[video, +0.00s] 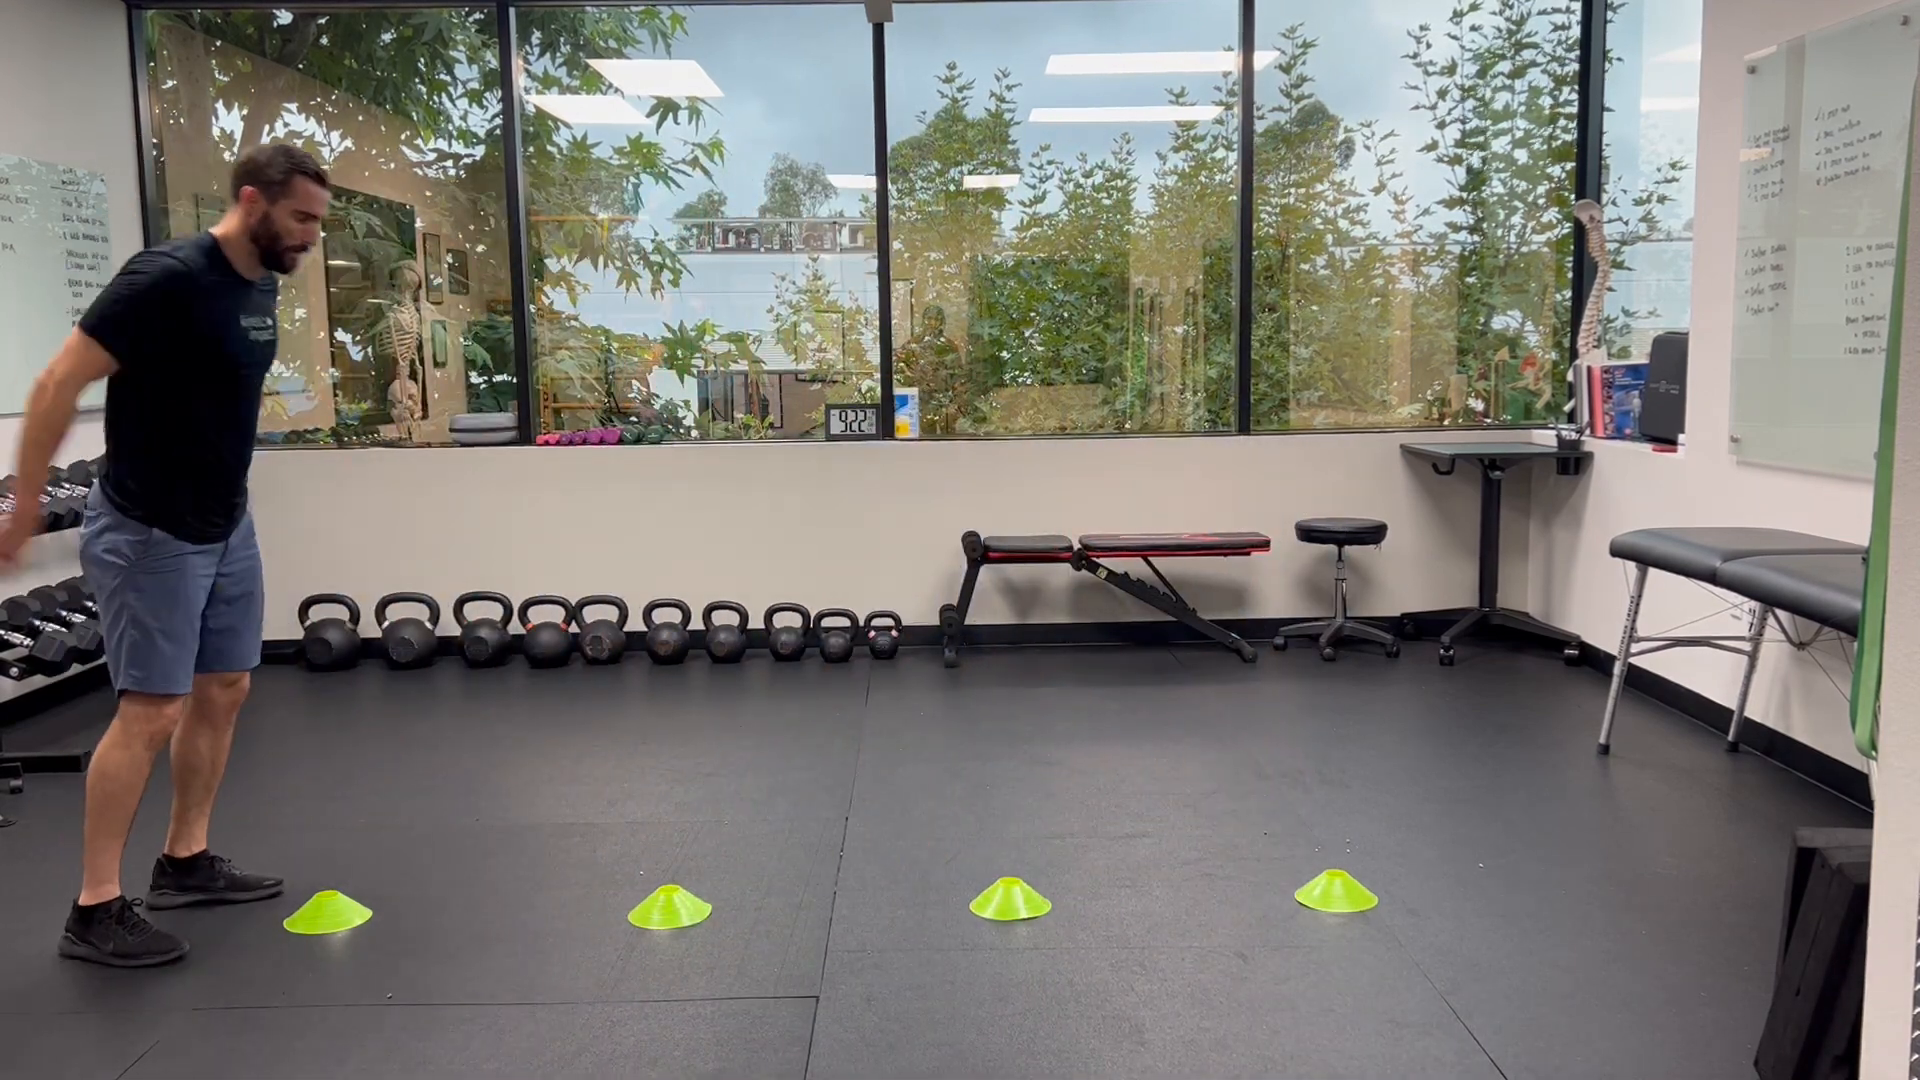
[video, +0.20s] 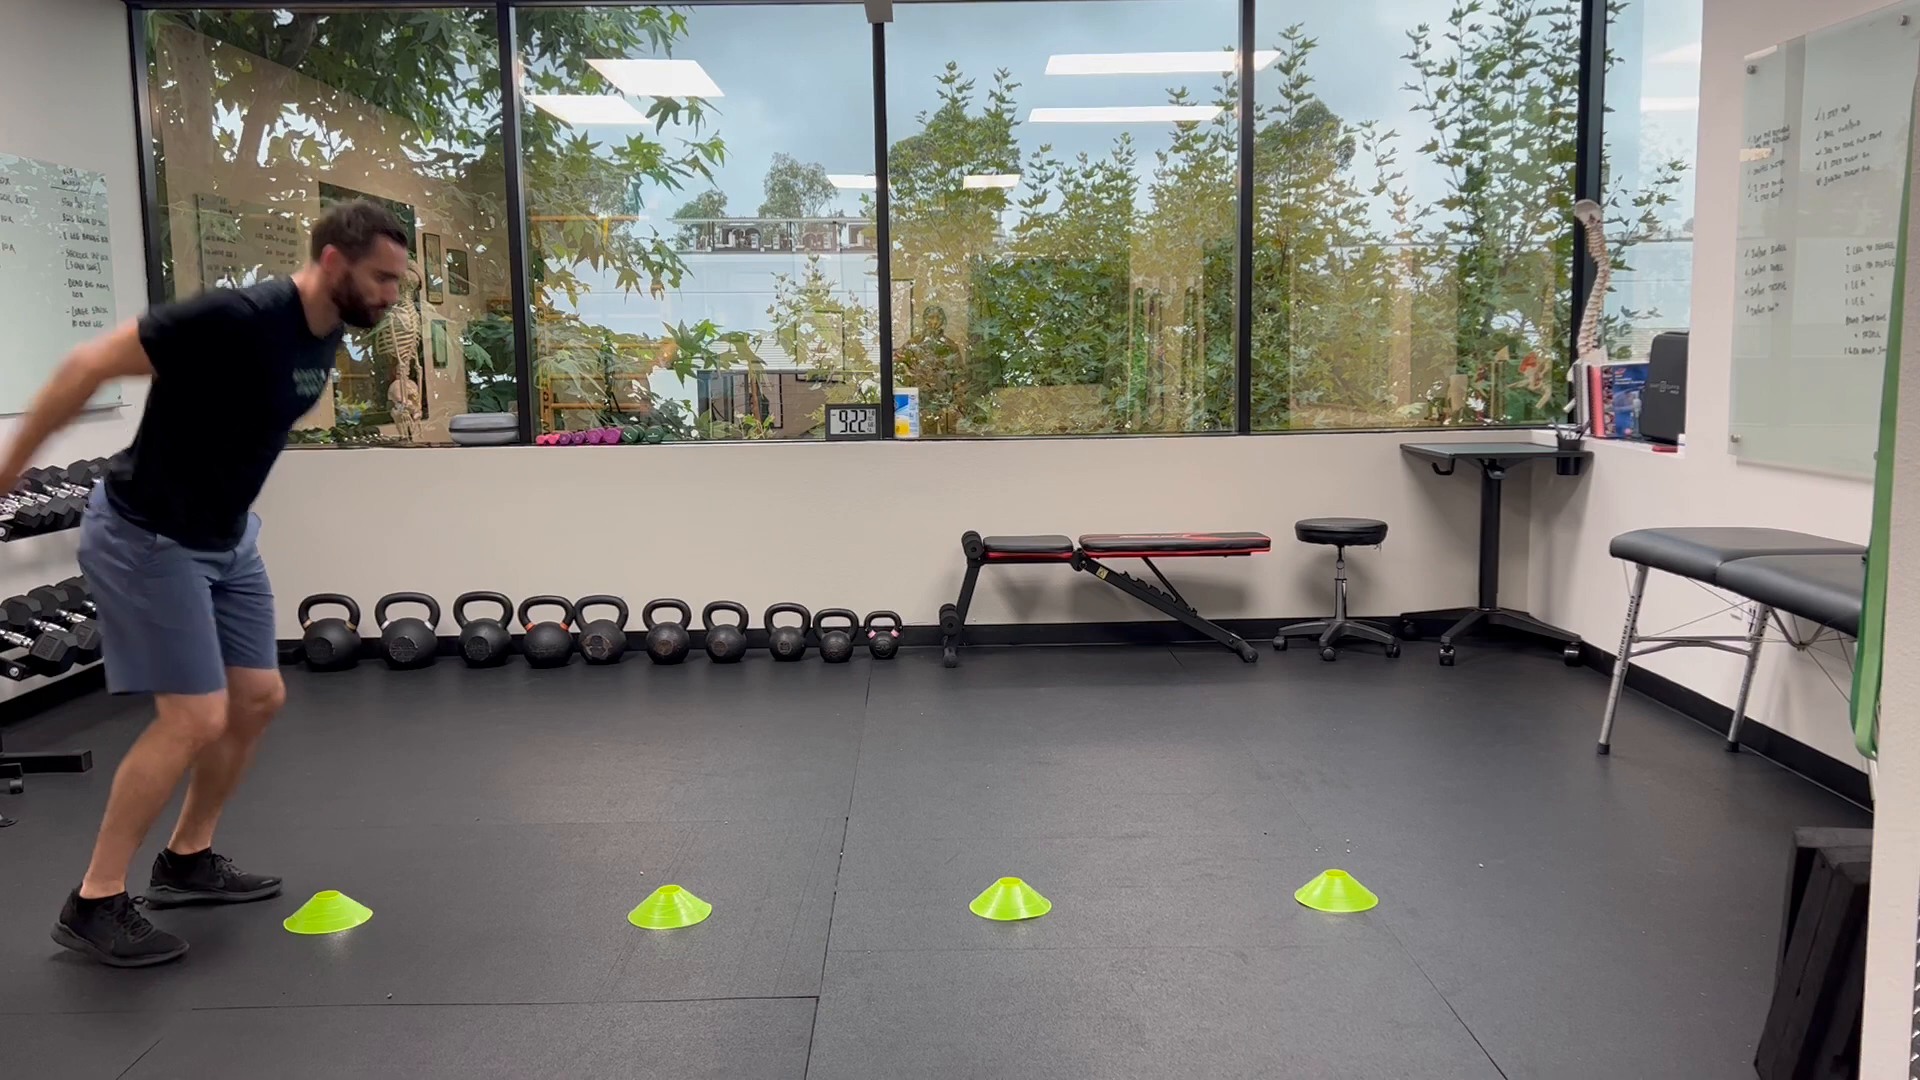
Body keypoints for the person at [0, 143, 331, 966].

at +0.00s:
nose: (311, 238)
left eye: (319, 223)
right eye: (301, 219)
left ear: (293, 217)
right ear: (249, 202)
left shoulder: (261, 286)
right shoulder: (165, 276)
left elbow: (209, 394)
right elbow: (57, 383)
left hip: (225, 528)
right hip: (149, 535)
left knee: (222, 690)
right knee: (148, 713)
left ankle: (186, 858)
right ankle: (97, 907)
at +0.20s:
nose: (390, 297)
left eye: (397, 283)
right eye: (382, 279)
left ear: (355, 269)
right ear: (331, 260)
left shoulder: (322, 335)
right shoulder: (234, 317)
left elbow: (236, 409)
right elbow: (85, 365)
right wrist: (12, 465)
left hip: (229, 538)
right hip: (148, 539)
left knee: (257, 698)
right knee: (192, 716)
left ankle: (188, 857)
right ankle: (95, 902)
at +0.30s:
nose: (401, 317)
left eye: (405, 303)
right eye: (392, 301)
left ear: (349, 294)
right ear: (339, 287)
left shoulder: (337, 370)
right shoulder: (247, 361)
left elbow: (281, 477)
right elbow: (153, 476)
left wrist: (322, 569)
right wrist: (194, 598)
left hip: (254, 562)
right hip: (177, 561)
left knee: (303, 720)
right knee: (235, 749)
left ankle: (191, 859)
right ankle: (99, 907)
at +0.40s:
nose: (394, 287)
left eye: (401, 273)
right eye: (385, 269)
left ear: (383, 267)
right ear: (336, 252)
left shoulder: (354, 344)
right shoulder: (269, 334)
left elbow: (373, 446)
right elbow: (312, 463)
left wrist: (455, 434)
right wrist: (439, 433)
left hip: (294, 562)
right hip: (222, 572)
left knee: (324, 724)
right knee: (254, 759)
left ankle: (197, 850)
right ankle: (106, 899)